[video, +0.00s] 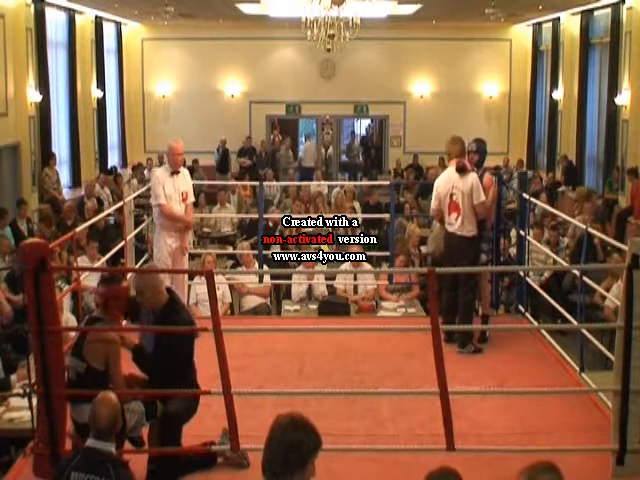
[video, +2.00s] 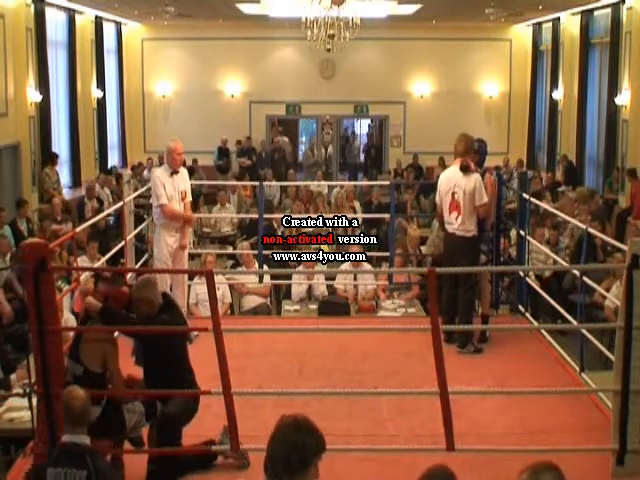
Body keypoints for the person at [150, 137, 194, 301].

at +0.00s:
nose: (179, 159)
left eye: (181, 154)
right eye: (176, 155)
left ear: (184, 155)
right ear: (167, 156)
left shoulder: (185, 173)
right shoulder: (158, 174)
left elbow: (189, 204)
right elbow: (163, 207)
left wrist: (185, 235)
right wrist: (184, 219)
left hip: (182, 229)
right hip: (165, 229)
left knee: (181, 270)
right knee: (164, 269)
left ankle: (182, 306)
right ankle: (163, 307)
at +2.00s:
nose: (180, 158)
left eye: (181, 154)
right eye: (176, 155)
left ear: (183, 156)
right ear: (167, 156)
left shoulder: (183, 173)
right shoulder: (158, 174)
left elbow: (187, 203)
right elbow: (164, 208)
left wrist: (185, 234)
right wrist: (185, 216)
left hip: (182, 226)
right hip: (165, 227)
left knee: (181, 270)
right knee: (163, 270)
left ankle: (180, 311)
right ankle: (161, 310)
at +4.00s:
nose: (180, 158)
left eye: (182, 154)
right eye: (176, 155)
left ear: (183, 156)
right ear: (167, 157)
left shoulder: (184, 173)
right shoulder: (158, 174)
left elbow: (189, 203)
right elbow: (165, 208)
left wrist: (184, 235)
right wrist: (187, 213)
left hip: (182, 228)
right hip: (165, 229)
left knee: (181, 272)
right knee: (163, 272)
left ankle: (180, 316)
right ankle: (161, 315)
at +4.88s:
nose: (183, 159)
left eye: (185, 155)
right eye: (180, 155)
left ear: (185, 156)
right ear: (171, 156)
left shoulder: (185, 174)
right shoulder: (158, 174)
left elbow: (191, 206)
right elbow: (155, 211)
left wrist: (189, 234)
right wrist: (171, 237)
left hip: (182, 227)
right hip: (165, 227)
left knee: (182, 269)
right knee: (165, 267)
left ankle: (182, 306)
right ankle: (163, 306)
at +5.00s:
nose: (184, 159)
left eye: (185, 155)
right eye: (181, 155)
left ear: (186, 156)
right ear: (171, 156)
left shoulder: (186, 174)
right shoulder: (159, 174)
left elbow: (191, 206)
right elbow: (153, 210)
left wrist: (193, 235)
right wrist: (162, 240)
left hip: (183, 227)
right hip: (165, 227)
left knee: (182, 269)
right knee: (166, 268)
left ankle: (182, 306)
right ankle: (164, 306)